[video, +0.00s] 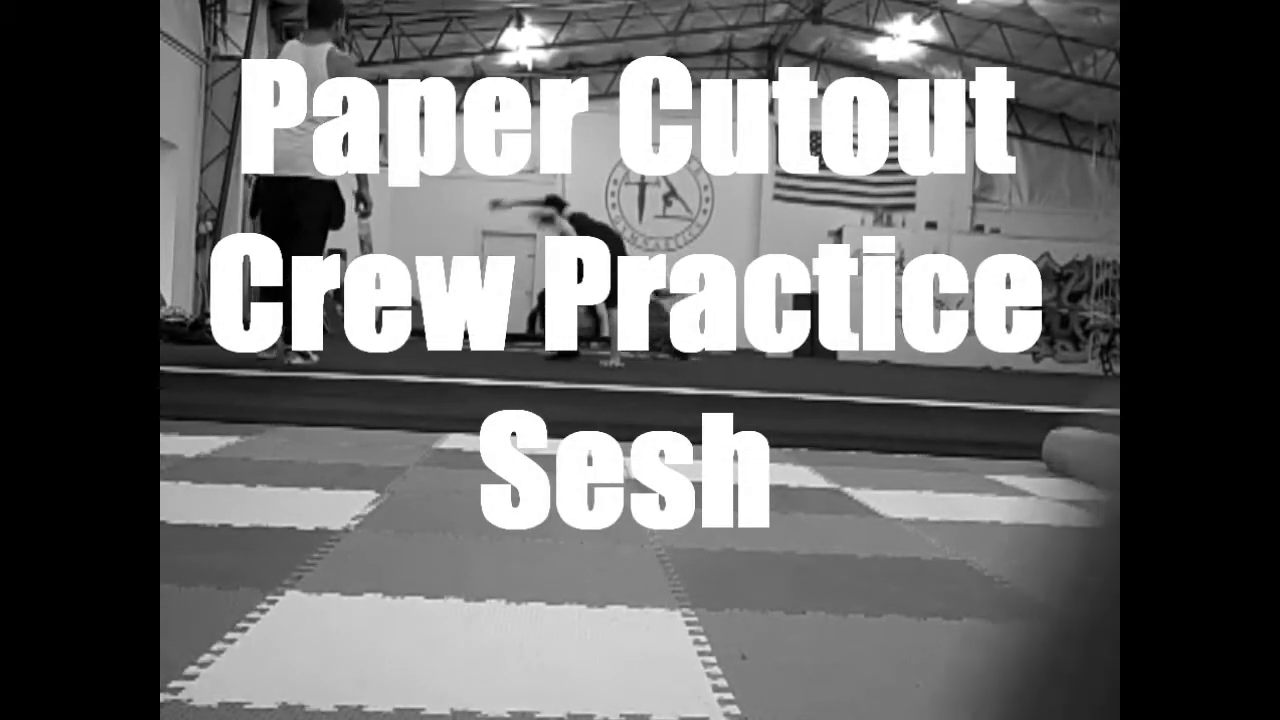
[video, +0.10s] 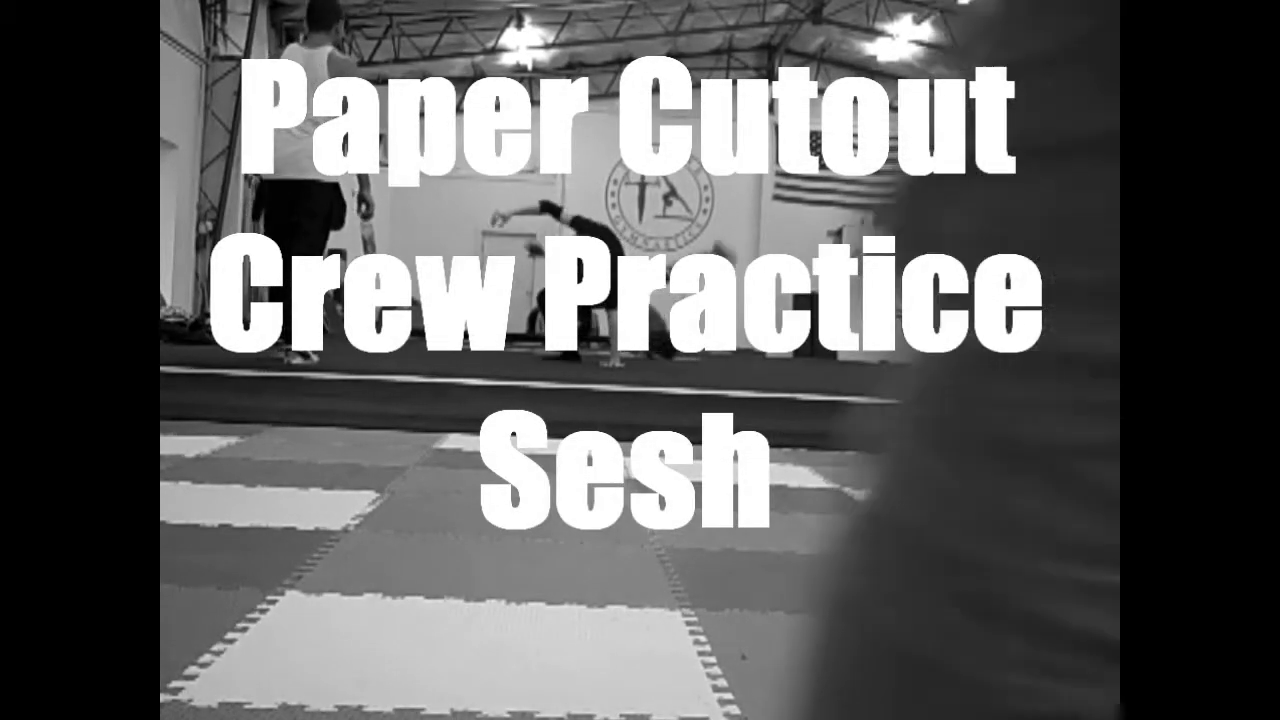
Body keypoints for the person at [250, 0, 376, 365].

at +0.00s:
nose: (345, 30)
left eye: (343, 23)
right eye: (344, 23)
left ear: (307, 18)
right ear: (338, 23)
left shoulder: (284, 52)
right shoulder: (340, 61)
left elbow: (262, 116)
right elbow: (358, 129)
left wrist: (256, 172)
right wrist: (362, 187)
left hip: (274, 177)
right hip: (315, 180)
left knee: (274, 259)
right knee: (307, 265)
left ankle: (269, 340)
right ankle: (300, 346)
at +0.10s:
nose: (343, 31)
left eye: (340, 25)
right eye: (343, 25)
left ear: (306, 22)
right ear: (338, 26)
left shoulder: (284, 57)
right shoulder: (342, 65)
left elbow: (263, 120)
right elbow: (358, 131)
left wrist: (257, 175)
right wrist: (364, 188)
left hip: (277, 178)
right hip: (317, 181)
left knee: (279, 260)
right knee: (309, 264)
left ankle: (280, 339)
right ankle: (301, 345)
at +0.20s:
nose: (340, 33)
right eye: (340, 28)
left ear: (302, 26)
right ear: (336, 29)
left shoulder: (281, 62)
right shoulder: (340, 66)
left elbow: (262, 121)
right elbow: (357, 133)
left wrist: (258, 172)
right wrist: (364, 190)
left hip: (279, 181)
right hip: (320, 182)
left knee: (280, 261)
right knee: (309, 265)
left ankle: (281, 339)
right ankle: (301, 345)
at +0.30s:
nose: (336, 34)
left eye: (333, 30)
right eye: (336, 30)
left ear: (299, 29)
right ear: (331, 31)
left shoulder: (277, 67)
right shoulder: (340, 70)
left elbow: (259, 129)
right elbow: (354, 137)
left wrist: (258, 183)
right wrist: (362, 190)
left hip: (281, 185)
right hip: (323, 185)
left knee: (288, 266)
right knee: (310, 266)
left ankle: (292, 341)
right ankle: (300, 346)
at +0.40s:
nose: (330, 36)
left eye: (326, 32)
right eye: (329, 31)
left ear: (293, 31)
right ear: (325, 32)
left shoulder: (273, 69)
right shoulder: (336, 69)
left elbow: (257, 132)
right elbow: (351, 134)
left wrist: (260, 187)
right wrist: (358, 189)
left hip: (280, 186)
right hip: (322, 187)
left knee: (289, 267)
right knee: (310, 268)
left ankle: (291, 340)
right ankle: (300, 344)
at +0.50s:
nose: (328, 37)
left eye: (324, 33)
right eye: (327, 32)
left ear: (289, 34)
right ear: (321, 33)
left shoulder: (273, 70)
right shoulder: (336, 69)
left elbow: (256, 134)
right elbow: (350, 132)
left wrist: (255, 190)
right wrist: (354, 187)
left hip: (281, 188)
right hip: (325, 187)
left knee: (290, 267)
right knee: (317, 267)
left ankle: (294, 341)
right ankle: (304, 343)